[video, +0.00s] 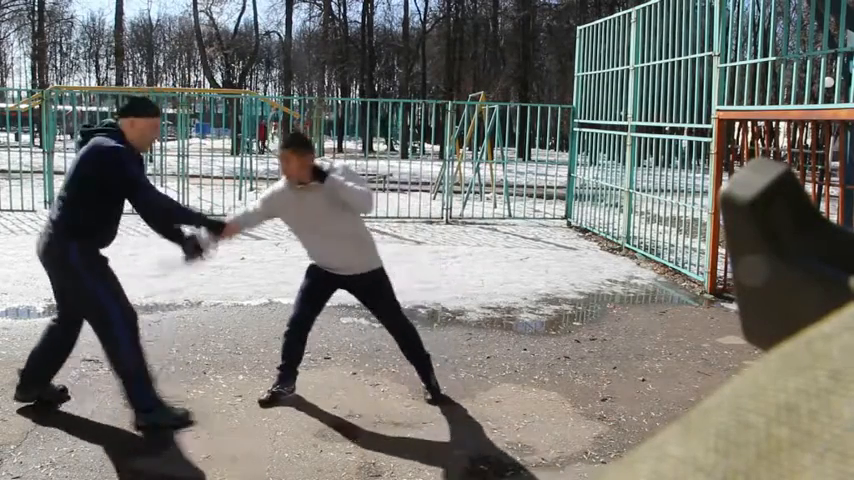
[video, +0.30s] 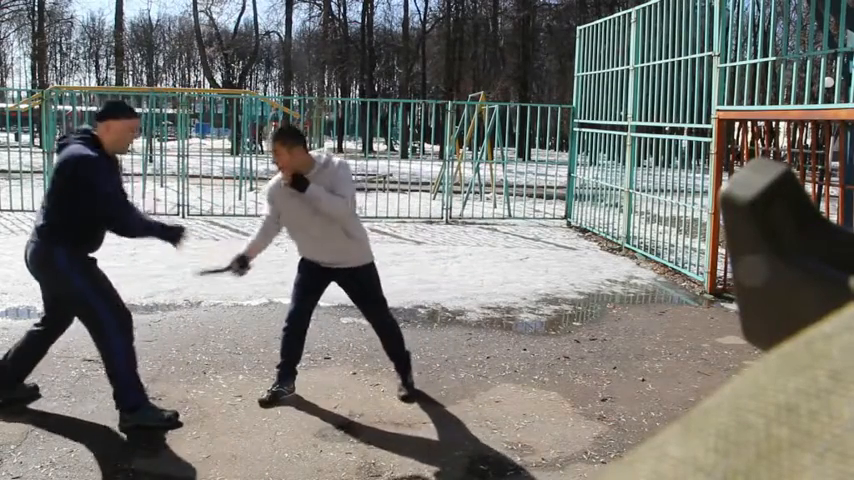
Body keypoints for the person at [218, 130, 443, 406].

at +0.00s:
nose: (282, 166)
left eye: (287, 160)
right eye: (281, 160)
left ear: (307, 159)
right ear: (282, 162)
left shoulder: (337, 179)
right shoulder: (280, 196)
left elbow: (367, 203)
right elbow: (252, 216)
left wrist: (327, 181)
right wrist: (226, 227)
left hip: (364, 268)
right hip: (323, 269)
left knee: (397, 324)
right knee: (298, 323)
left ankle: (429, 379)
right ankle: (285, 382)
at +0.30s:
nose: (276, 162)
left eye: (278, 155)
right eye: (273, 156)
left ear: (297, 150)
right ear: (280, 154)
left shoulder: (336, 169)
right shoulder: (277, 190)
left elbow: (345, 210)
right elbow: (271, 224)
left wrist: (306, 187)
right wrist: (247, 255)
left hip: (354, 261)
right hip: (313, 263)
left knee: (381, 319)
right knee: (295, 320)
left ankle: (405, 376)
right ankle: (284, 383)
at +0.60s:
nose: (315, 150)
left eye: (318, 144)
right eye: (314, 144)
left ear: (337, 142)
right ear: (332, 143)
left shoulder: (374, 171)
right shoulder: (325, 174)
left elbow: (374, 218)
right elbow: (321, 216)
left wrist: (335, 200)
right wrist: (296, 213)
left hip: (371, 266)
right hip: (334, 263)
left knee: (386, 328)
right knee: (312, 322)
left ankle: (401, 381)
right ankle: (288, 380)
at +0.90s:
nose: (326, 150)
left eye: (330, 144)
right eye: (326, 145)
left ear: (350, 142)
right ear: (344, 144)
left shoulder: (384, 174)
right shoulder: (340, 175)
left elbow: (376, 216)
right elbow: (330, 215)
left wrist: (340, 190)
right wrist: (309, 223)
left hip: (369, 269)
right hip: (334, 263)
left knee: (382, 331)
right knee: (305, 315)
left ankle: (401, 381)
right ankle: (295, 378)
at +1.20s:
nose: (283, 158)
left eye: (287, 152)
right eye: (282, 152)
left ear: (303, 150)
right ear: (286, 154)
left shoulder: (335, 174)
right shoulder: (282, 185)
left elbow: (336, 212)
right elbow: (255, 216)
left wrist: (305, 179)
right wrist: (230, 249)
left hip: (339, 272)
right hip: (301, 269)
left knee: (367, 328)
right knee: (265, 318)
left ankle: (401, 383)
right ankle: (241, 376)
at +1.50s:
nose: (216, 176)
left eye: (220, 168)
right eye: (213, 170)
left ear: (239, 166)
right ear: (214, 173)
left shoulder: (274, 177)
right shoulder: (218, 207)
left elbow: (299, 210)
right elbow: (189, 235)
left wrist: (259, 191)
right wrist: (152, 261)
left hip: (306, 261)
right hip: (267, 265)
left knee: (336, 317)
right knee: (247, 319)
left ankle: (370, 371)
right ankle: (239, 377)